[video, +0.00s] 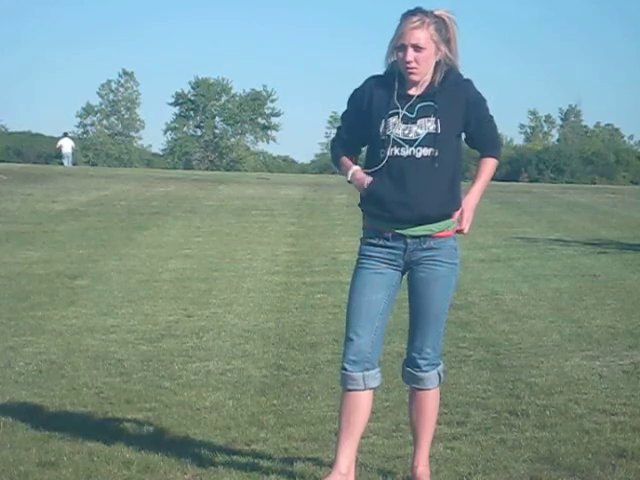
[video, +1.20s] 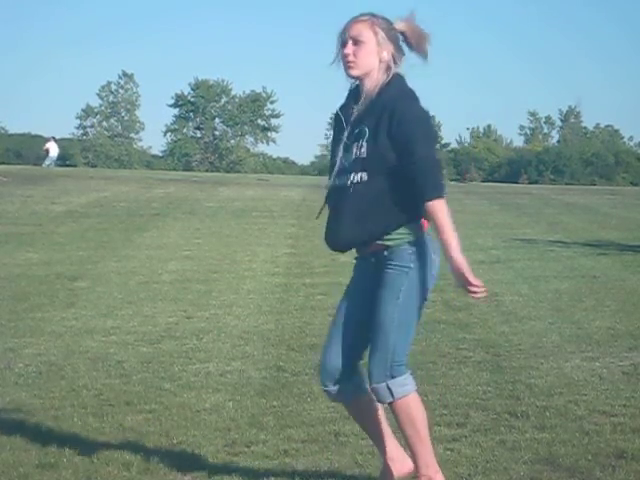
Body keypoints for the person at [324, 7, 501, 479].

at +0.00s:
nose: (408, 56)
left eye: (418, 48)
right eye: (401, 47)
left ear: (439, 51)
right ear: (394, 49)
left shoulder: (461, 92)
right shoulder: (373, 91)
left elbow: (490, 149)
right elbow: (342, 149)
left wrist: (471, 199)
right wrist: (356, 174)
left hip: (437, 245)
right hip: (377, 243)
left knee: (423, 361)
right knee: (357, 357)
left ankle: (420, 466)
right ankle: (343, 469)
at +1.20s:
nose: (346, 49)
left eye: (357, 42)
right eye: (344, 43)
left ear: (386, 51)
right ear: (343, 53)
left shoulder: (402, 105)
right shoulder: (348, 113)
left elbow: (430, 186)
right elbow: (362, 184)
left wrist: (456, 257)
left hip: (405, 251)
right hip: (368, 256)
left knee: (388, 369)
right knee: (338, 372)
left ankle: (431, 473)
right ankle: (397, 464)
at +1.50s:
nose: (336, 3)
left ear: (376, 2)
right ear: (339, 7)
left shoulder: (386, 49)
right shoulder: (354, 53)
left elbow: (358, 127)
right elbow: (364, 130)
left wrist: (296, 177)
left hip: (398, 210)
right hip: (354, 207)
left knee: (393, 338)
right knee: (303, 305)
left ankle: (406, 449)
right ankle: (354, 412)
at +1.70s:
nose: (330, 37)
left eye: (339, 27)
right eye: (330, 28)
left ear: (372, 34)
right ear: (362, 36)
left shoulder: (383, 86)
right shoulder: (348, 92)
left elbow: (324, 145)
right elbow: (351, 160)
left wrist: (245, 172)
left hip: (382, 245)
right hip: (335, 243)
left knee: (373, 369)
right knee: (328, 363)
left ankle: (385, 464)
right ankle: (360, 470)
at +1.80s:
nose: (325, 53)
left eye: (334, 45)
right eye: (327, 45)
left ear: (367, 54)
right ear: (361, 56)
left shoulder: (377, 107)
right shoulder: (351, 106)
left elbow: (349, 186)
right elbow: (343, 185)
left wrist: (269, 185)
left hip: (370, 264)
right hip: (330, 260)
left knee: (352, 385)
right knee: (312, 377)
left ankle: (386, 469)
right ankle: (361, 474)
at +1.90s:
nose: (320, 48)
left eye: (329, 40)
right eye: (323, 40)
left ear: (359, 48)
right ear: (353, 48)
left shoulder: (373, 97)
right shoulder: (348, 99)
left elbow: (387, 189)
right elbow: (352, 177)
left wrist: (320, 188)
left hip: (365, 258)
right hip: (330, 254)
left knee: (323, 374)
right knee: (305, 378)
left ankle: (393, 439)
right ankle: (360, 474)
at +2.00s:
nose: (315, 24)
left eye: (324, 16)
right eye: (319, 16)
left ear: (355, 25)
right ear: (348, 27)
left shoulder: (370, 73)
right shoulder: (339, 80)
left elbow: (420, 140)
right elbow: (334, 149)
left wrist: (354, 157)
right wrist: (312, 166)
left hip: (364, 232)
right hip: (337, 233)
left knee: (310, 346)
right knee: (332, 356)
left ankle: (398, 414)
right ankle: (362, 472)